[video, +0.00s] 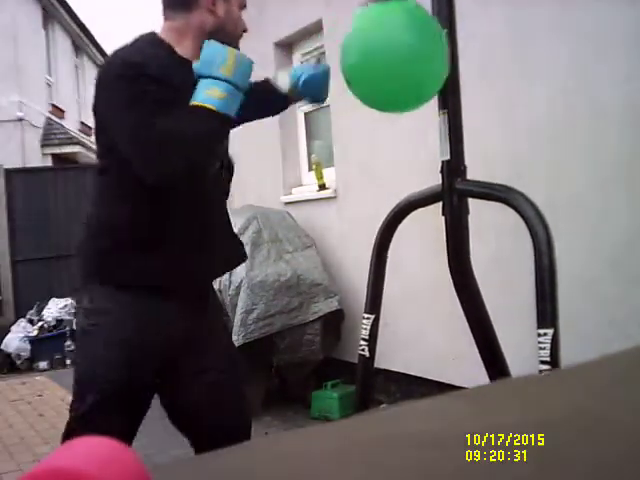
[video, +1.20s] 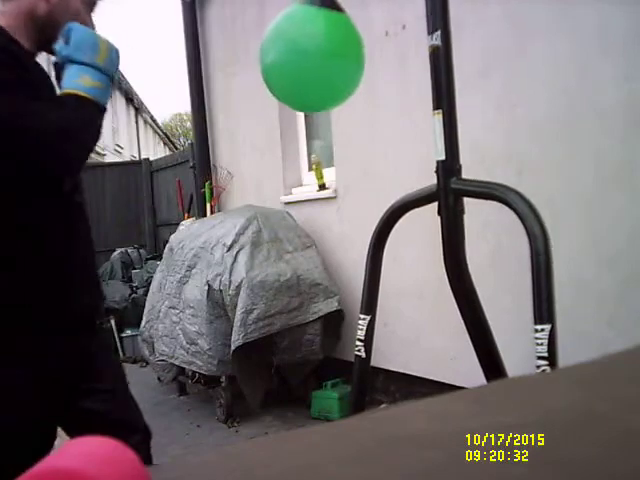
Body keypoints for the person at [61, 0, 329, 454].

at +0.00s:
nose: (245, 23)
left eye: (244, 9)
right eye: (241, 8)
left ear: (207, 9)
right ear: (211, 7)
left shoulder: (197, 77)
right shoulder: (129, 70)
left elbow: (228, 107)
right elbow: (164, 162)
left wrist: (288, 88)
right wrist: (216, 91)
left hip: (189, 295)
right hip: (122, 297)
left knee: (230, 446)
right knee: (91, 455)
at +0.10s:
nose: (230, 29)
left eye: (230, 13)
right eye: (226, 12)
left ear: (193, 11)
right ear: (195, 9)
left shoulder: (190, 83)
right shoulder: (127, 72)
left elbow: (193, 155)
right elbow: (166, 160)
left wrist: (243, 147)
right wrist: (221, 101)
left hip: (184, 301)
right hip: (123, 303)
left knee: (227, 446)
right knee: (97, 457)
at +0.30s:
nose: (191, 40)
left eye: (192, 27)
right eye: (187, 24)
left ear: (152, 20)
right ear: (153, 16)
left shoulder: (133, 94)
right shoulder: (85, 82)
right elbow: (128, 168)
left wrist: (190, 142)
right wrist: (183, 117)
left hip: (150, 321)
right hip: (85, 325)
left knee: (213, 450)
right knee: (73, 468)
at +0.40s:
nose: (157, 49)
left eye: (158, 36)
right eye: (153, 33)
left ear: (117, 30)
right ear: (116, 27)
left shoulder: (103, 108)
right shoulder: (43, 95)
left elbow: (109, 188)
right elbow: (95, 187)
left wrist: (160, 146)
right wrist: (144, 125)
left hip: (122, 335)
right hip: (52, 345)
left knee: (192, 459)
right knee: (56, 475)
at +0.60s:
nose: (94, 47)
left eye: (95, 35)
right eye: (90, 31)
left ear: (51, 23)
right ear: (50, 21)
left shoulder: (39, 108)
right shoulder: (5, 96)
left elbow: (69, 193)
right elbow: (28, 190)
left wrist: (104, 142)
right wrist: (77, 123)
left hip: (60, 317)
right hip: (26, 321)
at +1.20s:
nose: (90, 19)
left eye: (92, 7)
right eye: (87, 4)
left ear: (42, 3)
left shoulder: (28, 72)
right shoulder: (9, 68)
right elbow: (49, 163)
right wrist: (88, 78)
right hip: (33, 319)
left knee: (120, 446)